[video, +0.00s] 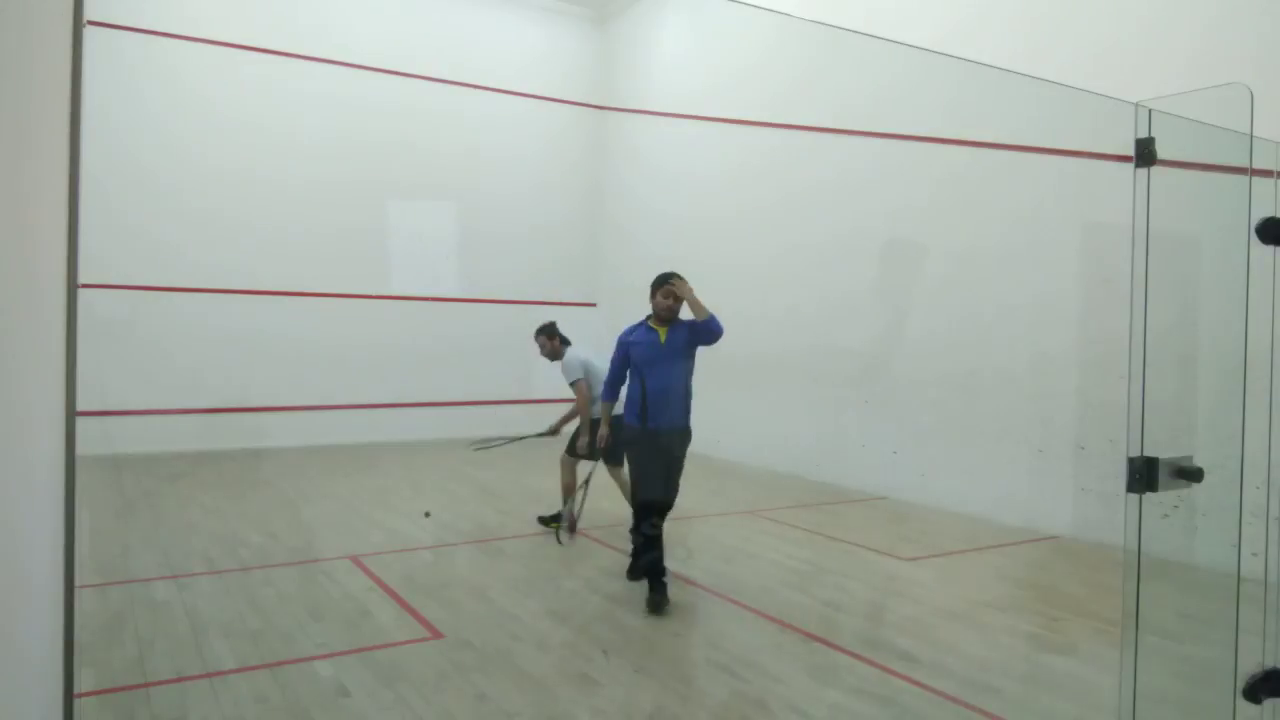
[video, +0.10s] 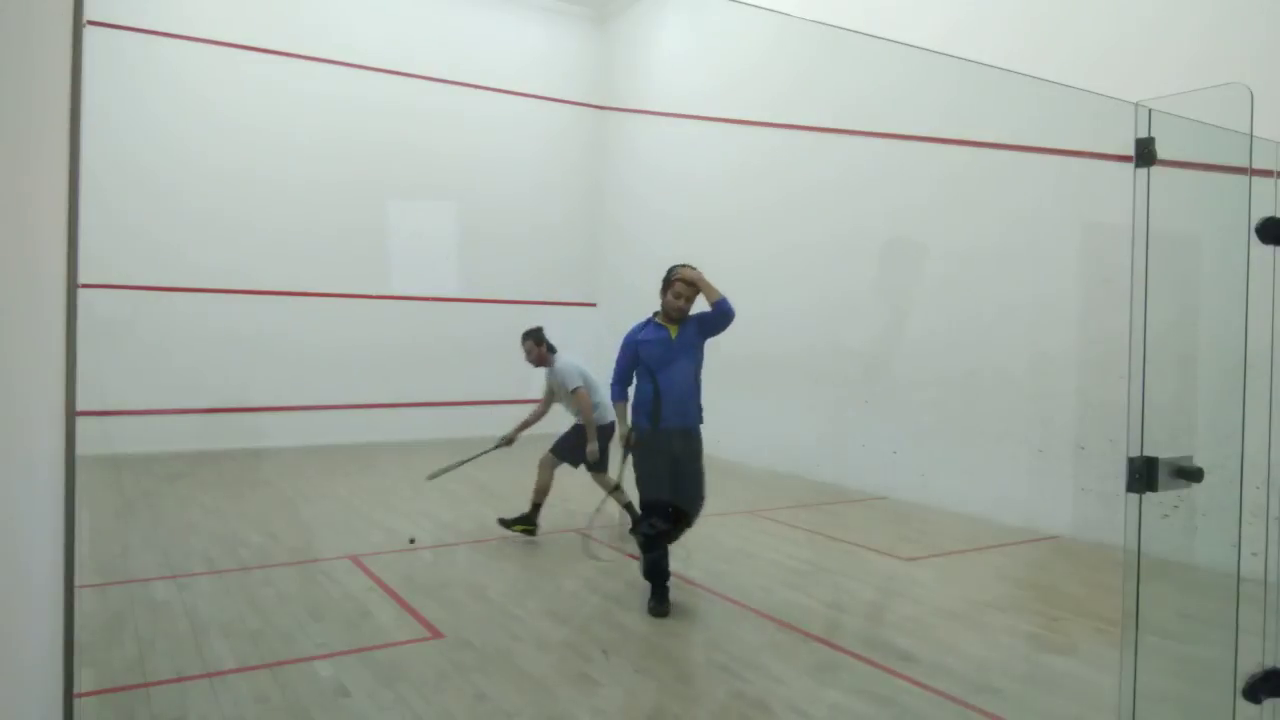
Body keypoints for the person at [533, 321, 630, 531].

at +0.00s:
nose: (540, 351)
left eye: (542, 345)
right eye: (539, 346)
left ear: (555, 341)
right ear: (556, 342)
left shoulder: (570, 360)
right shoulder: (577, 357)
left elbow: (584, 398)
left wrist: (584, 435)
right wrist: (559, 425)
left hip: (598, 418)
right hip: (614, 416)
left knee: (567, 461)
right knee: (616, 470)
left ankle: (567, 514)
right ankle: (641, 514)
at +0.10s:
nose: (527, 357)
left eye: (529, 351)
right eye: (525, 352)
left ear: (543, 347)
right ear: (539, 349)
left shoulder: (565, 368)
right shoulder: (553, 373)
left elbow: (585, 403)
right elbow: (543, 409)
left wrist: (592, 441)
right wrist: (515, 432)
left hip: (592, 425)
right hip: (599, 424)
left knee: (547, 463)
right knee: (599, 474)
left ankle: (531, 518)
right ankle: (636, 516)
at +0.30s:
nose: (469, 424)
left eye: (470, 419)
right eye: (467, 420)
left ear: (481, 410)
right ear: (479, 409)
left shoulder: (511, 419)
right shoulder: (489, 416)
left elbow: (521, 469)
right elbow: (479, 438)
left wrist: (512, 506)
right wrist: (451, 451)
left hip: (558, 432)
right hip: (551, 431)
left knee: (520, 476)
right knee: (571, 478)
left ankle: (517, 529)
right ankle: (622, 504)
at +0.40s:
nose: (462, 451)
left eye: (460, 446)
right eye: (458, 448)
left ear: (472, 436)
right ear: (470, 433)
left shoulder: (498, 440)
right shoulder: (484, 425)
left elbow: (492, 495)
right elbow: (490, 441)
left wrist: (478, 533)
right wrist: (479, 454)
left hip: (552, 434)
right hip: (557, 426)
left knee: (514, 479)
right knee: (574, 475)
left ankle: (518, 531)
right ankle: (622, 502)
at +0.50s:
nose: (458, 430)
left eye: (458, 424)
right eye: (456, 425)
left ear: (468, 417)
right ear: (470, 413)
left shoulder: (494, 426)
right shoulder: (494, 410)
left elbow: (496, 480)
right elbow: (530, 425)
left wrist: (482, 518)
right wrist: (512, 450)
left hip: (554, 431)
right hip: (568, 422)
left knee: (515, 477)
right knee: (587, 473)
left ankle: (518, 530)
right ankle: (634, 510)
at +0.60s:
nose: (493, 368)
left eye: (494, 362)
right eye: (491, 363)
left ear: (503, 360)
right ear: (511, 357)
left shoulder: (515, 383)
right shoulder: (536, 368)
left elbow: (520, 431)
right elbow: (575, 382)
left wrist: (508, 459)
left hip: (563, 428)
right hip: (587, 420)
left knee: (527, 474)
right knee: (589, 473)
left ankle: (518, 529)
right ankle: (620, 523)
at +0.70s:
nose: (546, 338)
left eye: (546, 333)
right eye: (545, 333)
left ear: (553, 333)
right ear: (568, 329)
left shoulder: (556, 360)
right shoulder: (594, 350)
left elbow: (550, 402)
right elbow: (624, 374)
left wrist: (542, 413)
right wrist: (601, 384)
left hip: (578, 426)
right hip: (607, 420)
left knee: (552, 474)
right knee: (612, 476)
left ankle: (527, 526)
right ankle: (616, 534)